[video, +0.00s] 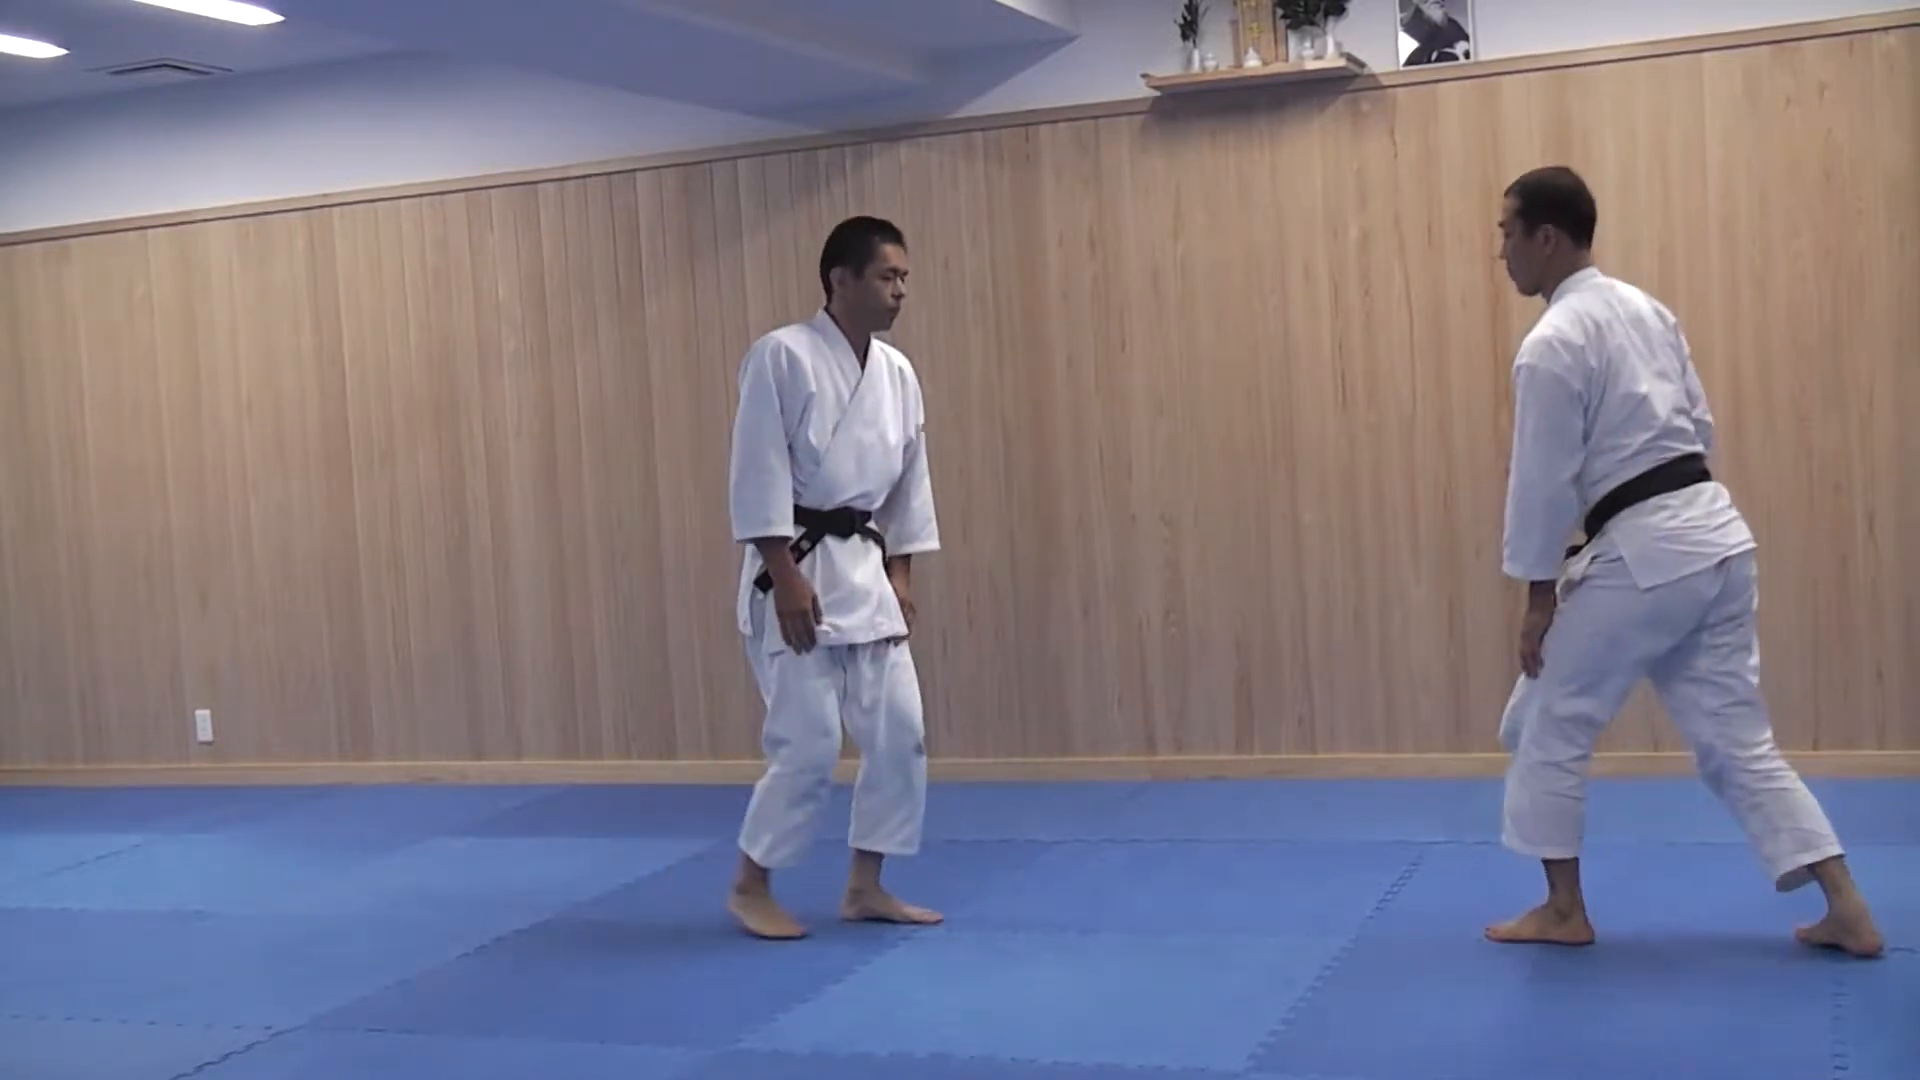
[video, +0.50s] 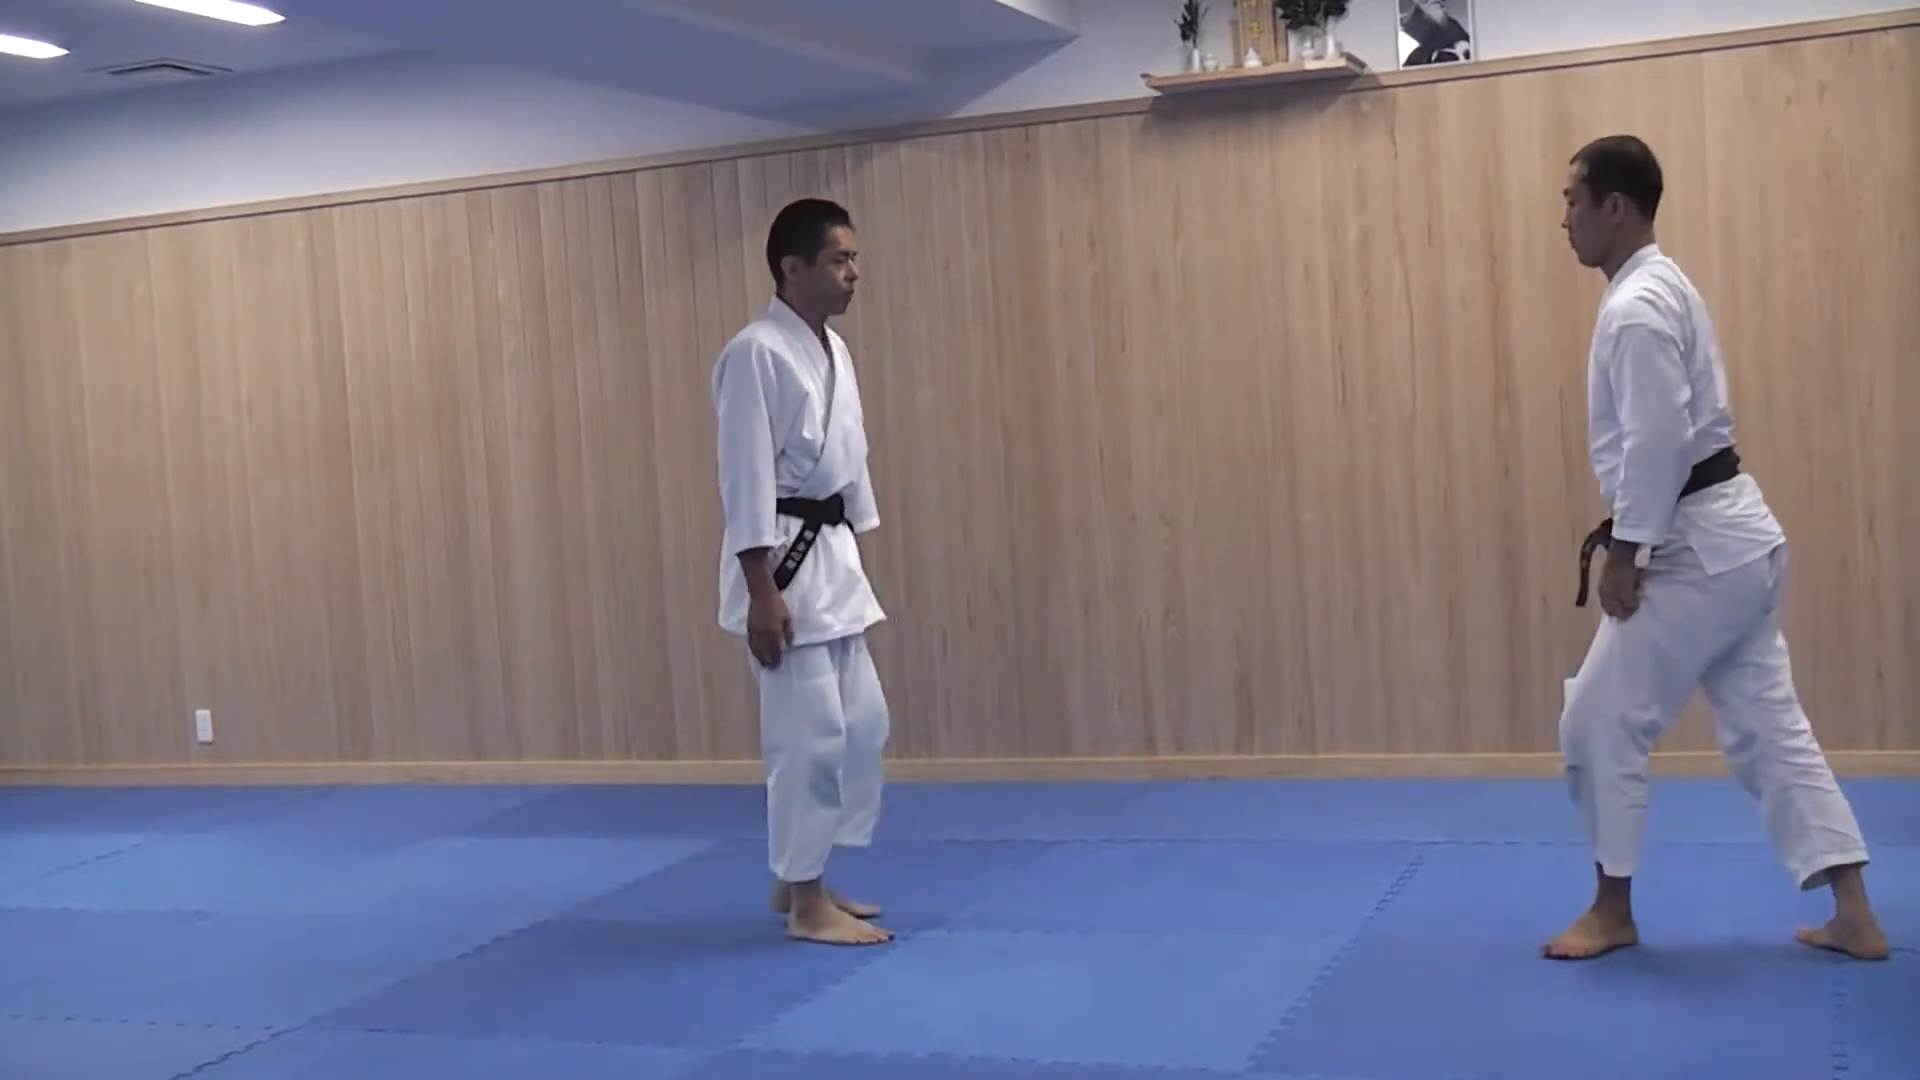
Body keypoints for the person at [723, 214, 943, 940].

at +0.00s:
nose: (901, 290)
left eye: (905, 278)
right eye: (888, 277)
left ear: (897, 284)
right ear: (839, 280)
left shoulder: (896, 371)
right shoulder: (782, 355)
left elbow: (907, 484)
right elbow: (758, 474)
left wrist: (899, 576)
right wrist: (784, 575)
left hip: (864, 568)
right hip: (794, 569)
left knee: (899, 727)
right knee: (810, 741)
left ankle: (865, 886)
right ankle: (750, 885)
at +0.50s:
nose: (853, 272)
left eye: (854, 259)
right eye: (838, 260)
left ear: (820, 269)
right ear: (791, 269)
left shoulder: (833, 349)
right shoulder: (755, 352)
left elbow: (842, 469)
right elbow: (743, 480)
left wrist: (853, 572)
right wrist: (761, 592)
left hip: (832, 563)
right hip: (785, 569)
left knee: (863, 721)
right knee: (812, 732)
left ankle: (809, 877)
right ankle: (804, 901)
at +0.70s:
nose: (835, 272)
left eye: (835, 259)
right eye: (819, 260)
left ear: (799, 271)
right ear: (773, 270)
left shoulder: (815, 350)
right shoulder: (742, 355)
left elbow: (831, 467)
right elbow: (743, 478)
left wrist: (842, 566)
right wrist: (774, 585)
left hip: (816, 557)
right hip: (775, 563)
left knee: (778, 724)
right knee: (812, 733)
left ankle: (705, 870)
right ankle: (809, 906)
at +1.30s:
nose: (769, 289)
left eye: (772, 277)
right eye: (755, 277)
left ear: (767, 282)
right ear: (707, 282)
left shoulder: (770, 376)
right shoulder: (662, 363)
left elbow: (828, 454)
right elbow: (651, 481)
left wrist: (902, 515)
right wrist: (731, 536)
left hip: (733, 564)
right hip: (675, 566)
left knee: (738, 733)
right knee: (710, 728)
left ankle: (686, 890)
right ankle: (699, 905)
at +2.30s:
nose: (688, 292)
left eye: (691, 279)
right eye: (673, 280)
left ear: (690, 285)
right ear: (627, 288)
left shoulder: (710, 370)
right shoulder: (587, 380)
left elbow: (787, 422)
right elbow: (589, 496)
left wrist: (870, 450)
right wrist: (684, 525)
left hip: (723, 581)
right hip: (646, 591)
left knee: (779, 725)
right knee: (645, 759)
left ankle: (795, 895)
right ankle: (637, 901)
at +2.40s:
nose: (709, 298)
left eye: (712, 286)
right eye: (694, 286)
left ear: (711, 292)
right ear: (647, 294)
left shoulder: (732, 377)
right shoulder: (605, 385)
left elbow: (810, 426)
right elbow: (604, 500)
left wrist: (896, 452)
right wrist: (698, 529)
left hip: (744, 586)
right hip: (666, 595)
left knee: (814, 730)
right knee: (659, 764)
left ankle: (861, 895)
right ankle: (638, 905)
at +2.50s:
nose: (739, 306)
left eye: (742, 293)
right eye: (724, 294)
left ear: (740, 300)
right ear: (677, 302)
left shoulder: (762, 385)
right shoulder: (634, 394)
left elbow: (843, 430)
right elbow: (626, 506)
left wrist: (936, 453)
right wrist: (714, 538)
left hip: (771, 595)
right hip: (691, 604)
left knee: (857, 736)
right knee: (673, 773)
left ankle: (933, 888)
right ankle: (637, 898)